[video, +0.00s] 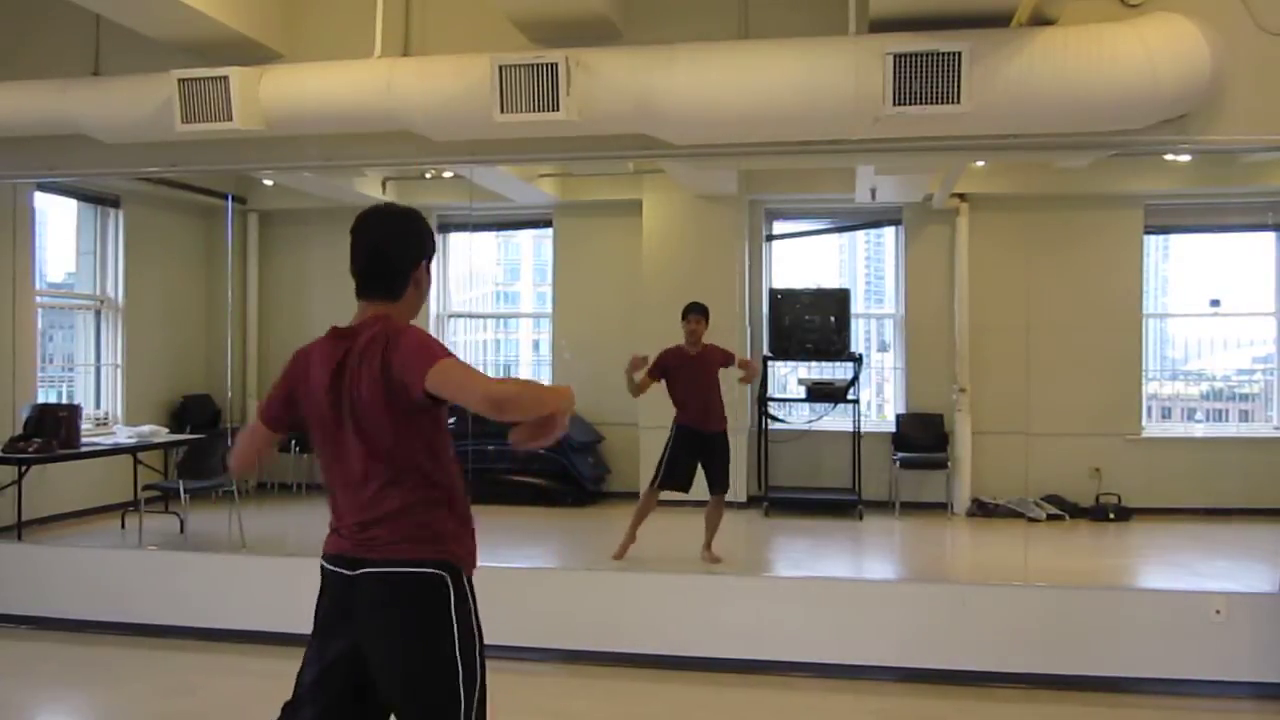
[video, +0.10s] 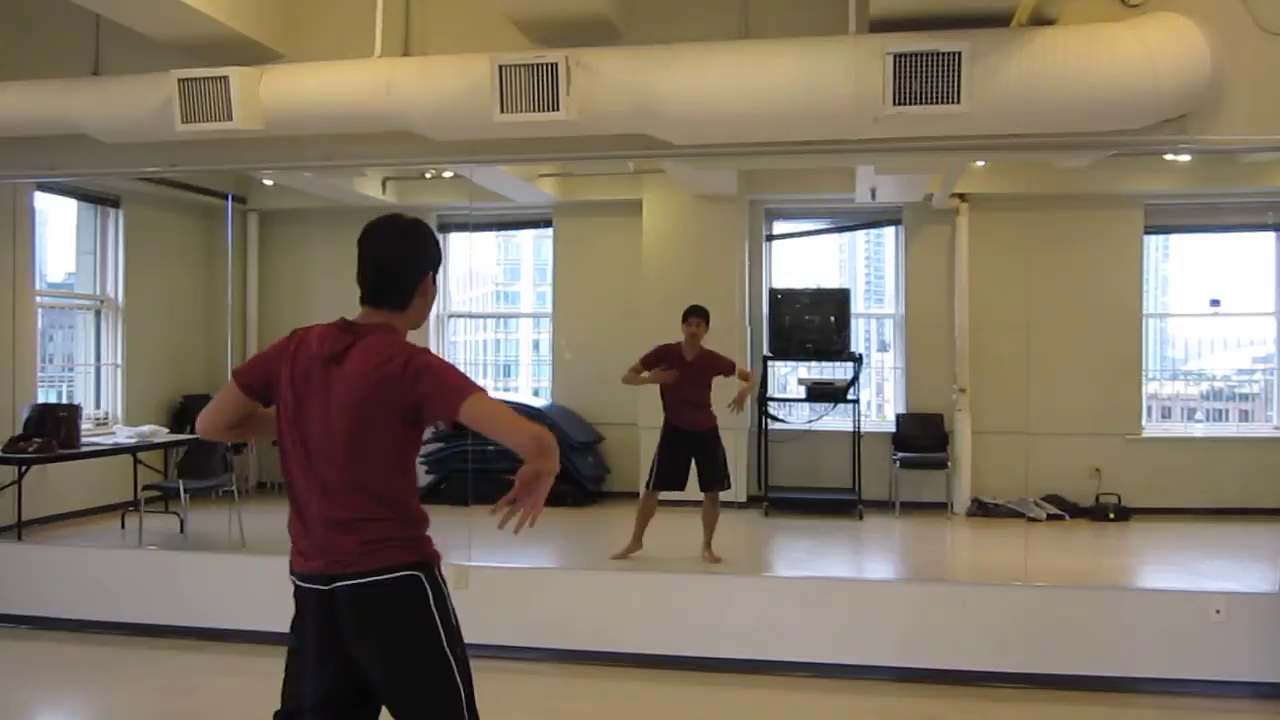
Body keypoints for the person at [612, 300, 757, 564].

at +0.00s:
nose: (692, 326)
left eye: (698, 322)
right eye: (688, 321)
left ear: (706, 326)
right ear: (682, 324)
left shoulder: (715, 354)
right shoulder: (669, 357)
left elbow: (747, 366)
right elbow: (636, 391)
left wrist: (752, 373)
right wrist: (629, 373)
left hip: (715, 431)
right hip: (684, 429)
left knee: (719, 494)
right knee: (656, 487)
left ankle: (707, 547)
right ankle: (629, 536)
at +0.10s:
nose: (694, 329)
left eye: (699, 325)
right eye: (690, 324)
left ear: (706, 329)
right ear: (682, 326)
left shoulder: (712, 360)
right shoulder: (665, 353)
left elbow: (750, 376)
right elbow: (627, 377)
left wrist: (744, 392)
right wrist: (652, 378)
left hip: (706, 433)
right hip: (674, 431)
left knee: (712, 494)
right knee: (652, 489)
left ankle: (707, 547)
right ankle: (636, 541)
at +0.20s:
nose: (689, 330)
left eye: (695, 325)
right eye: (685, 324)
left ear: (702, 330)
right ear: (678, 327)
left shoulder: (708, 363)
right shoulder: (662, 356)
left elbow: (732, 402)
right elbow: (634, 391)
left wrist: (716, 411)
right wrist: (668, 389)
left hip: (697, 434)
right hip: (665, 432)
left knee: (707, 494)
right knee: (644, 487)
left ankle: (706, 547)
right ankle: (633, 541)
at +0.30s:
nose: (679, 327)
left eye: (684, 322)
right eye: (674, 323)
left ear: (692, 324)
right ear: (668, 325)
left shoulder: (705, 356)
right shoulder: (659, 357)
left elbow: (708, 399)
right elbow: (658, 400)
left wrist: (695, 420)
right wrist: (688, 384)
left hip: (691, 426)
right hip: (660, 425)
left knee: (698, 489)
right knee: (642, 483)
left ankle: (705, 547)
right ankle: (631, 541)